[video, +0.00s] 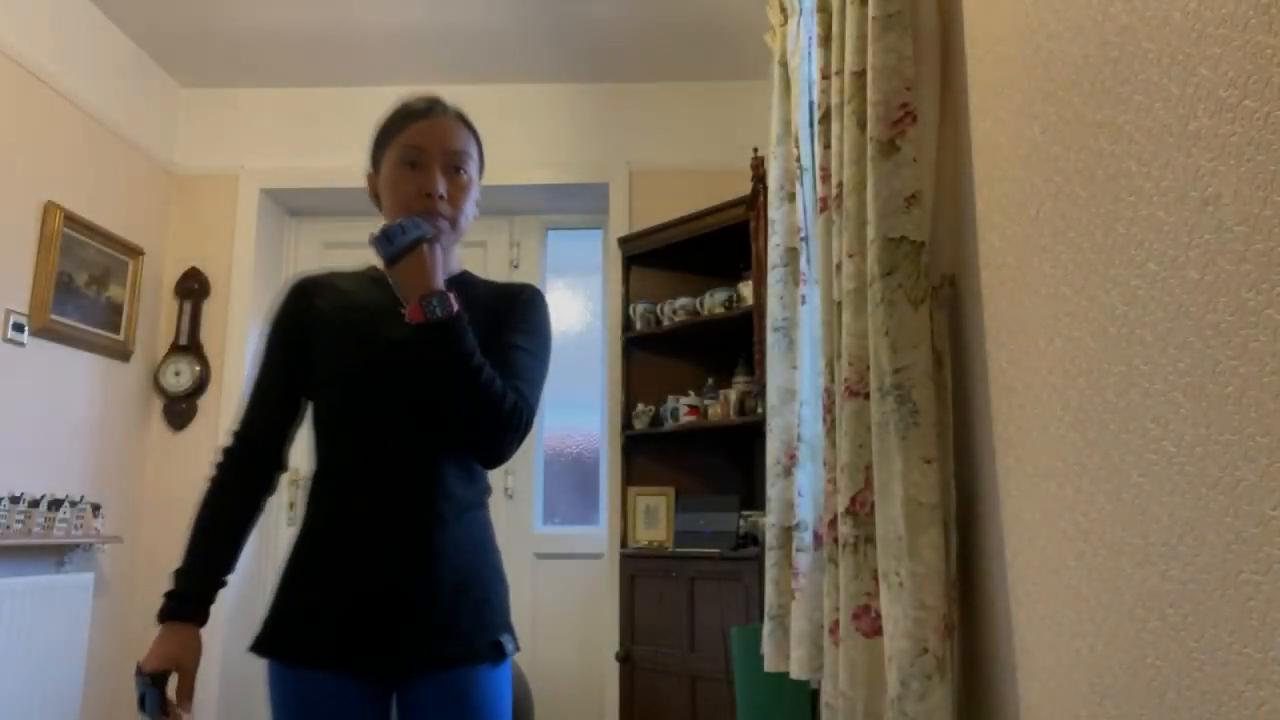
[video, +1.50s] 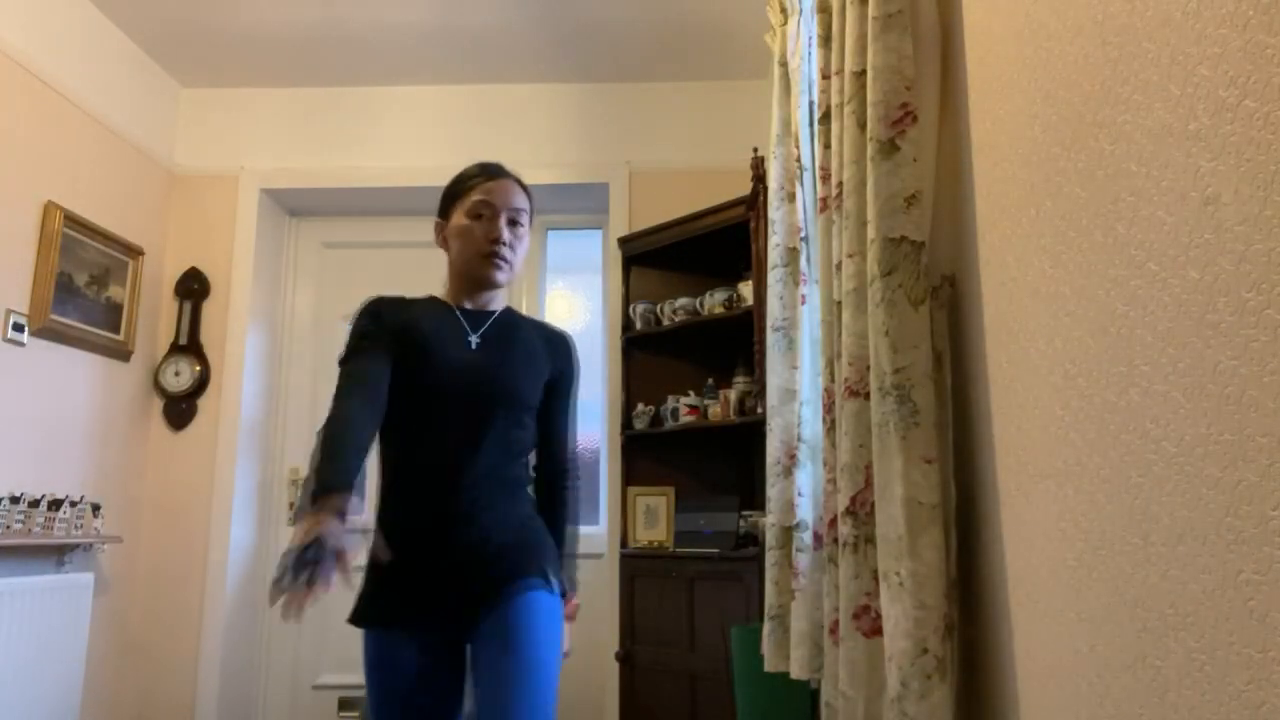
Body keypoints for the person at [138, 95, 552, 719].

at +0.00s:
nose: (436, 185)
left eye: (457, 168)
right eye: (412, 163)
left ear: (476, 193)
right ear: (374, 185)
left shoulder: (512, 308)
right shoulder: (318, 302)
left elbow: (496, 437)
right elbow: (253, 460)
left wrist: (431, 299)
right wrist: (184, 614)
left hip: (459, 628)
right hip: (326, 623)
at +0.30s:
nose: (480, 217)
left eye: (499, 205)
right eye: (460, 202)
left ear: (523, 237)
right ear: (431, 231)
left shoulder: (560, 337)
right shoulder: (388, 337)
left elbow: (556, 443)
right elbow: (347, 484)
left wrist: (457, 348)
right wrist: (295, 623)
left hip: (509, 620)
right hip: (399, 613)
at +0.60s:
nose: (501, 232)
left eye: (517, 219)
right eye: (481, 216)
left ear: (535, 242)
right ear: (449, 238)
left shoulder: (567, 341)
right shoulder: (403, 335)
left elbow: (576, 422)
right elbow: (349, 460)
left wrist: (477, 433)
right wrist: (285, 578)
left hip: (519, 609)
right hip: (412, 605)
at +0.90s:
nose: (505, 243)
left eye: (515, 232)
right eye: (485, 224)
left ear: (521, 251)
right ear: (437, 240)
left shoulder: (537, 354)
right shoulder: (387, 316)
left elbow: (566, 482)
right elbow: (357, 335)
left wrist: (595, 607)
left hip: (491, 574)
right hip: (389, 580)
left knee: (488, 703)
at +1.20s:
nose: (521, 258)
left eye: (525, 247)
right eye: (503, 238)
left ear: (527, 262)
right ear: (443, 250)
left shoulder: (533, 368)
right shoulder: (389, 329)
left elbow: (526, 487)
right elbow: (401, 346)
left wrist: (521, 613)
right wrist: (486, 327)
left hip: (490, 595)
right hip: (396, 596)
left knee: (499, 553)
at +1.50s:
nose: (501, 232)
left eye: (516, 222)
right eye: (482, 215)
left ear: (529, 244)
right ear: (442, 232)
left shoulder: (551, 348)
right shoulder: (390, 319)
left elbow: (556, 473)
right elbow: (353, 413)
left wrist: (561, 577)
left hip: (514, 575)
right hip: (408, 574)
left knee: (519, 712)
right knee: (404, 711)